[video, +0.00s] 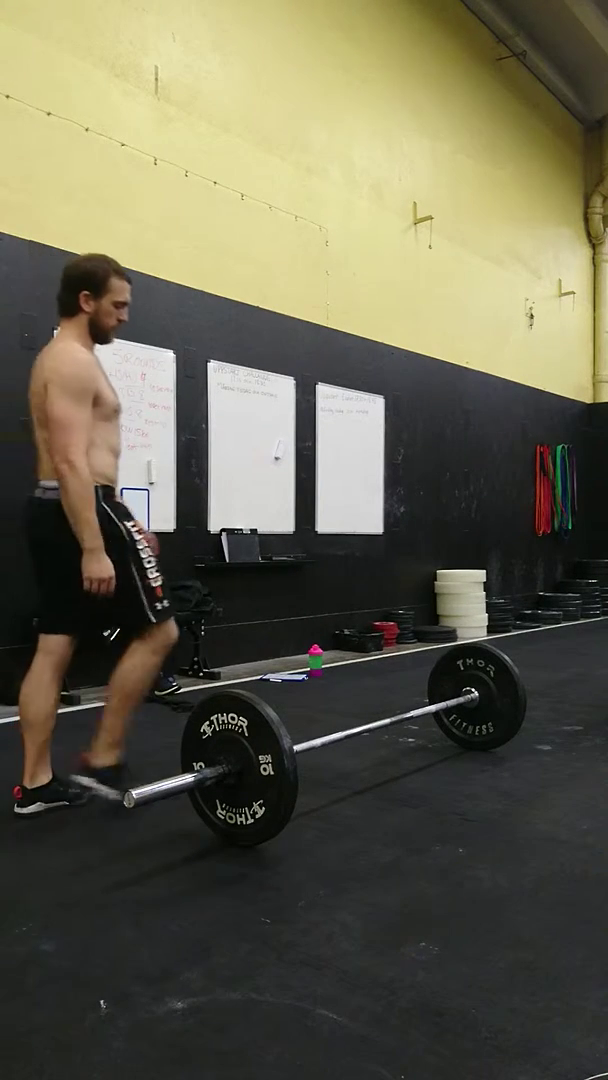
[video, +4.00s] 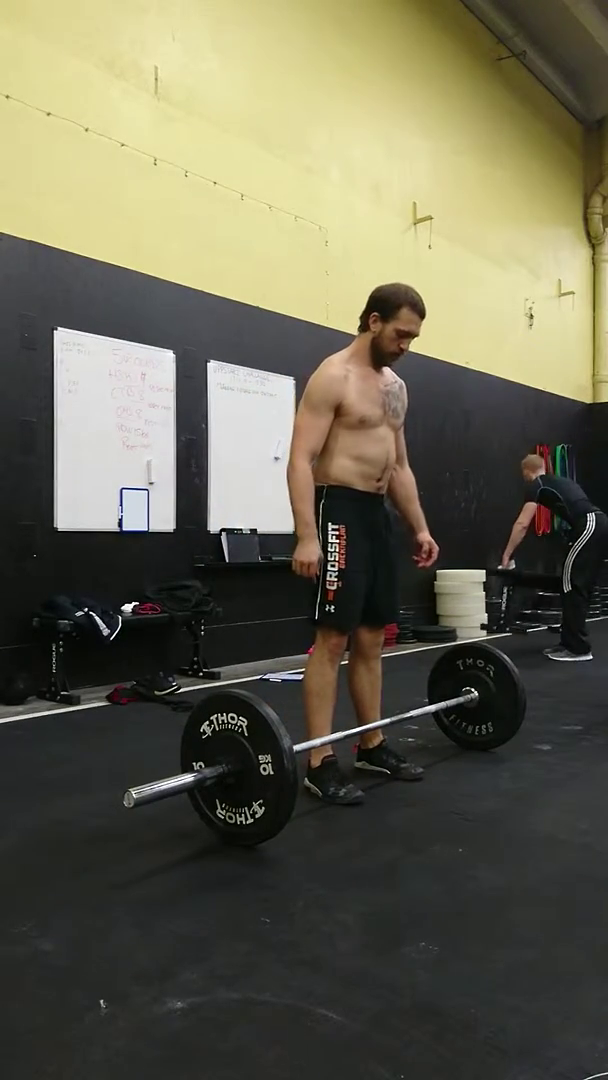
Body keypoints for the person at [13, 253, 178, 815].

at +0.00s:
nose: (125, 315)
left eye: (127, 305)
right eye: (118, 304)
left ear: (87, 303)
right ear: (87, 301)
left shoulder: (64, 356)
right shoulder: (70, 361)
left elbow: (83, 459)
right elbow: (69, 462)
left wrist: (125, 524)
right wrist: (92, 546)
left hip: (59, 508)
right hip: (87, 510)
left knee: (52, 648)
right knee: (159, 631)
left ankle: (35, 781)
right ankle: (105, 758)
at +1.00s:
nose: (308, 360)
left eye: (313, 352)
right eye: (303, 349)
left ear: (317, 349)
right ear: (276, 339)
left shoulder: (297, 397)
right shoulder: (239, 388)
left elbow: (302, 469)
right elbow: (205, 465)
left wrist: (328, 522)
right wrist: (221, 529)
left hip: (280, 510)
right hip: (250, 506)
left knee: (270, 625)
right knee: (282, 621)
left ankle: (251, 726)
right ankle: (246, 726)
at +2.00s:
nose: (388, 354)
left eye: (394, 347)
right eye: (383, 344)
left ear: (393, 344)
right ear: (356, 332)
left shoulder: (379, 397)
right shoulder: (315, 383)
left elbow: (385, 473)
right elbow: (295, 461)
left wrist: (405, 536)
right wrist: (319, 526)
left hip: (362, 517)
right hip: (323, 515)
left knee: (364, 635)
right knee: (337, 631)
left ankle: (366, 743)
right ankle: (305, 743)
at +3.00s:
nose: (404, 353)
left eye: (410, 346)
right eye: (399, 342)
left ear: (408, 341)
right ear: (371, 328)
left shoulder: (392, 390)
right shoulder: (327, 379)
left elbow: (398, 467)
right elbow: (307, 461)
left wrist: (422, 530)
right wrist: (316, 537)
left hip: (371, 516)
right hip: (332, 513)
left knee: (369, 637)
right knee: (336, 638)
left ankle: (372, 748)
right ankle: (319, 763)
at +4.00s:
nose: (407, 345)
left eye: (413, 337)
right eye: (402, 334)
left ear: (410, 333)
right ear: (372, 321)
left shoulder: (395, 385)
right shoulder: (333, 374)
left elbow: (398, 467)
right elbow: (300, 458)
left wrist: (419, 527)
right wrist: (306, 536)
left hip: (376, 515)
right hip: (336, 511)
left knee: (371, 636)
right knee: (333, 639)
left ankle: (371, 746)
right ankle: (318, 763)